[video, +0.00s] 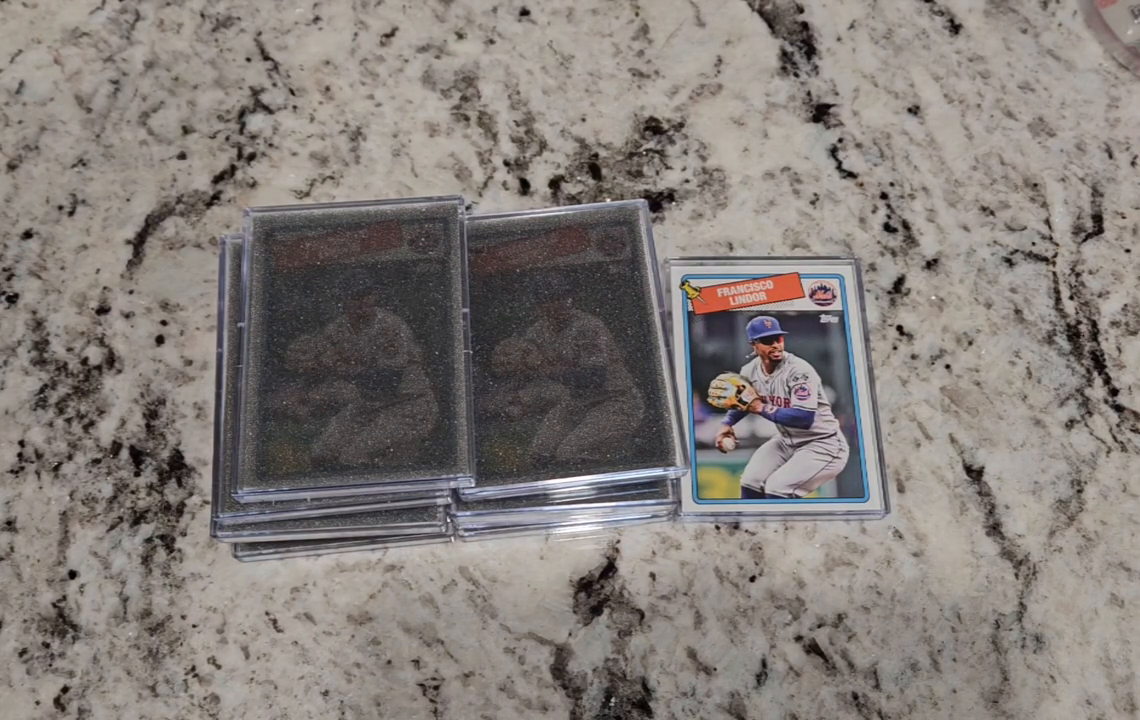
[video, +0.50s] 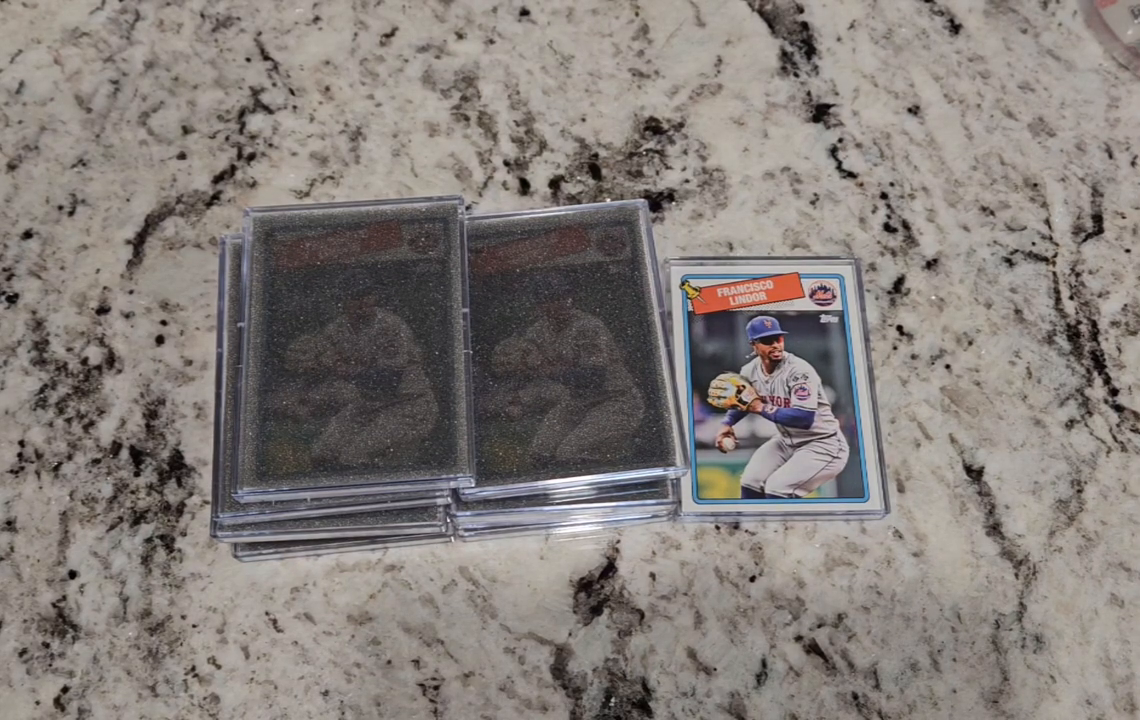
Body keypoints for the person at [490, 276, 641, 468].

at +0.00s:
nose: (554, 308)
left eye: (559, 300)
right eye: (548, 302)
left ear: (569, 300)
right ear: (539, 306)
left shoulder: (590, 327)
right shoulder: (537, 333)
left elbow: (594, 378)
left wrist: (546, 369)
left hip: (618, 403)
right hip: (574, 404)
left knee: (569, 453)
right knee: (539, 454)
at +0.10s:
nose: (552, 308)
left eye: (557, 300)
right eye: (546, 303)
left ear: (568, 300)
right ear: (539, 306)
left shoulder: (589, 327)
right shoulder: (538, 332)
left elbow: (594, 379)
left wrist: (546, 369)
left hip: (618, 403)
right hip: (575, 404)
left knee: (569, 453)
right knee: (540, 453)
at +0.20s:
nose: (553, 307)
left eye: (558, 300)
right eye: (547, 302)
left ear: (569, 300)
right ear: (540, 306)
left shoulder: (589, 327)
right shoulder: (538, 332)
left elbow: (593, 379)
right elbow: (502, 357)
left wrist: (545, 369)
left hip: (619, 403)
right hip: (576, 403)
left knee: (568, 453)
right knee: (540, 451)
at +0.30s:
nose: (553, 308)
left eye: (558, 300)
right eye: (547, 302)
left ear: (569, 300)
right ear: (540, 306)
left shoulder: (589, 327)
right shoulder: (539, 332)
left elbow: (593, 379)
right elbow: (501, 357)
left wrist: (545, 369)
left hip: (619, 403)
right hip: (576, 404)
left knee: (569, 453)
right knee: (540, 452)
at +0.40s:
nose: (555, 307)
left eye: (559, 300)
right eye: (548, 302)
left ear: (569, 300)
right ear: (540, 306)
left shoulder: (590, 327)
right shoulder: (538, 332)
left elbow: (594, 378)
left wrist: (548, 370)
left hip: (619, 402)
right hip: (575, 403)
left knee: (569, 452)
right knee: (540, 451)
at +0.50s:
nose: (553, 308)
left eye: (558, 300)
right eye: (546, 302)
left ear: (569, 300)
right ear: (539, 306)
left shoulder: (590, 327)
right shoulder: (538, 332)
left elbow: (594, 380)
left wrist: (547, 370)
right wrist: (518, 403)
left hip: (619, 402)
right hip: (575, 403)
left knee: (569, 453)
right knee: (539, 452)